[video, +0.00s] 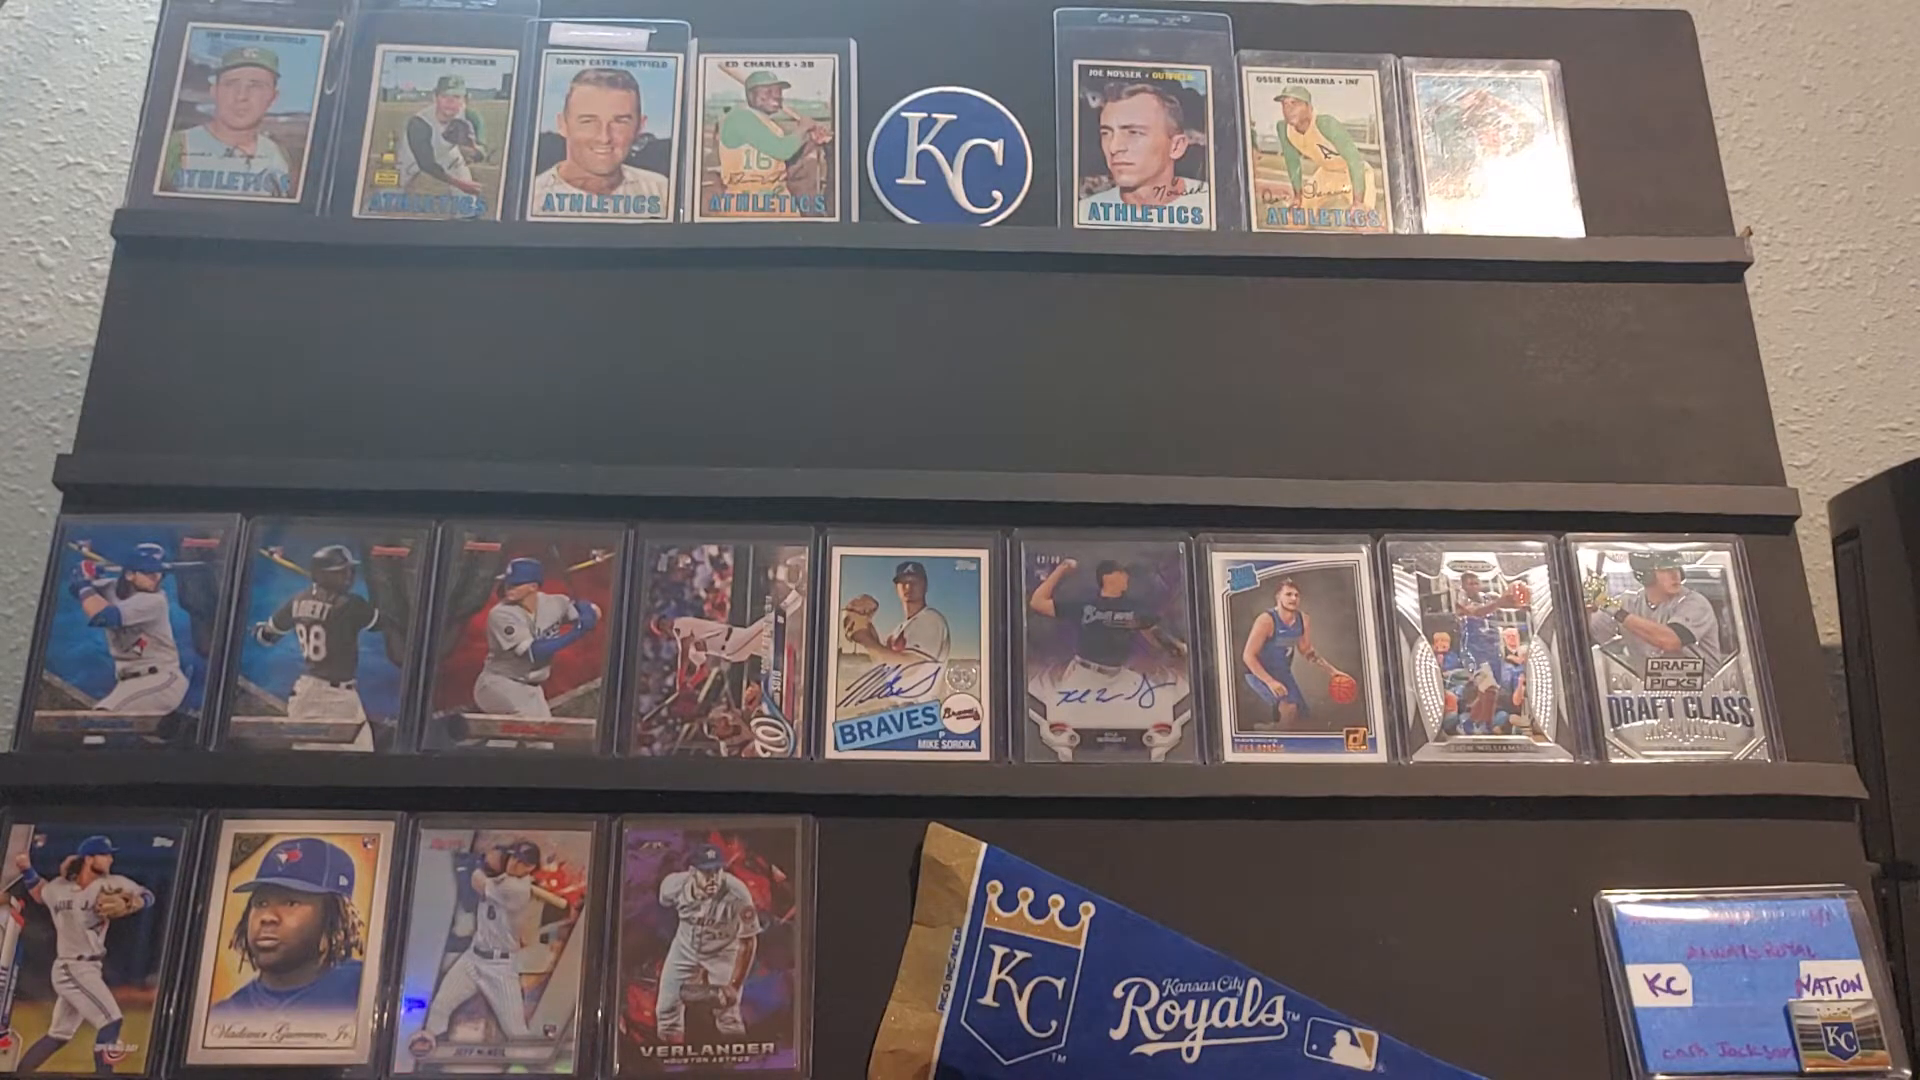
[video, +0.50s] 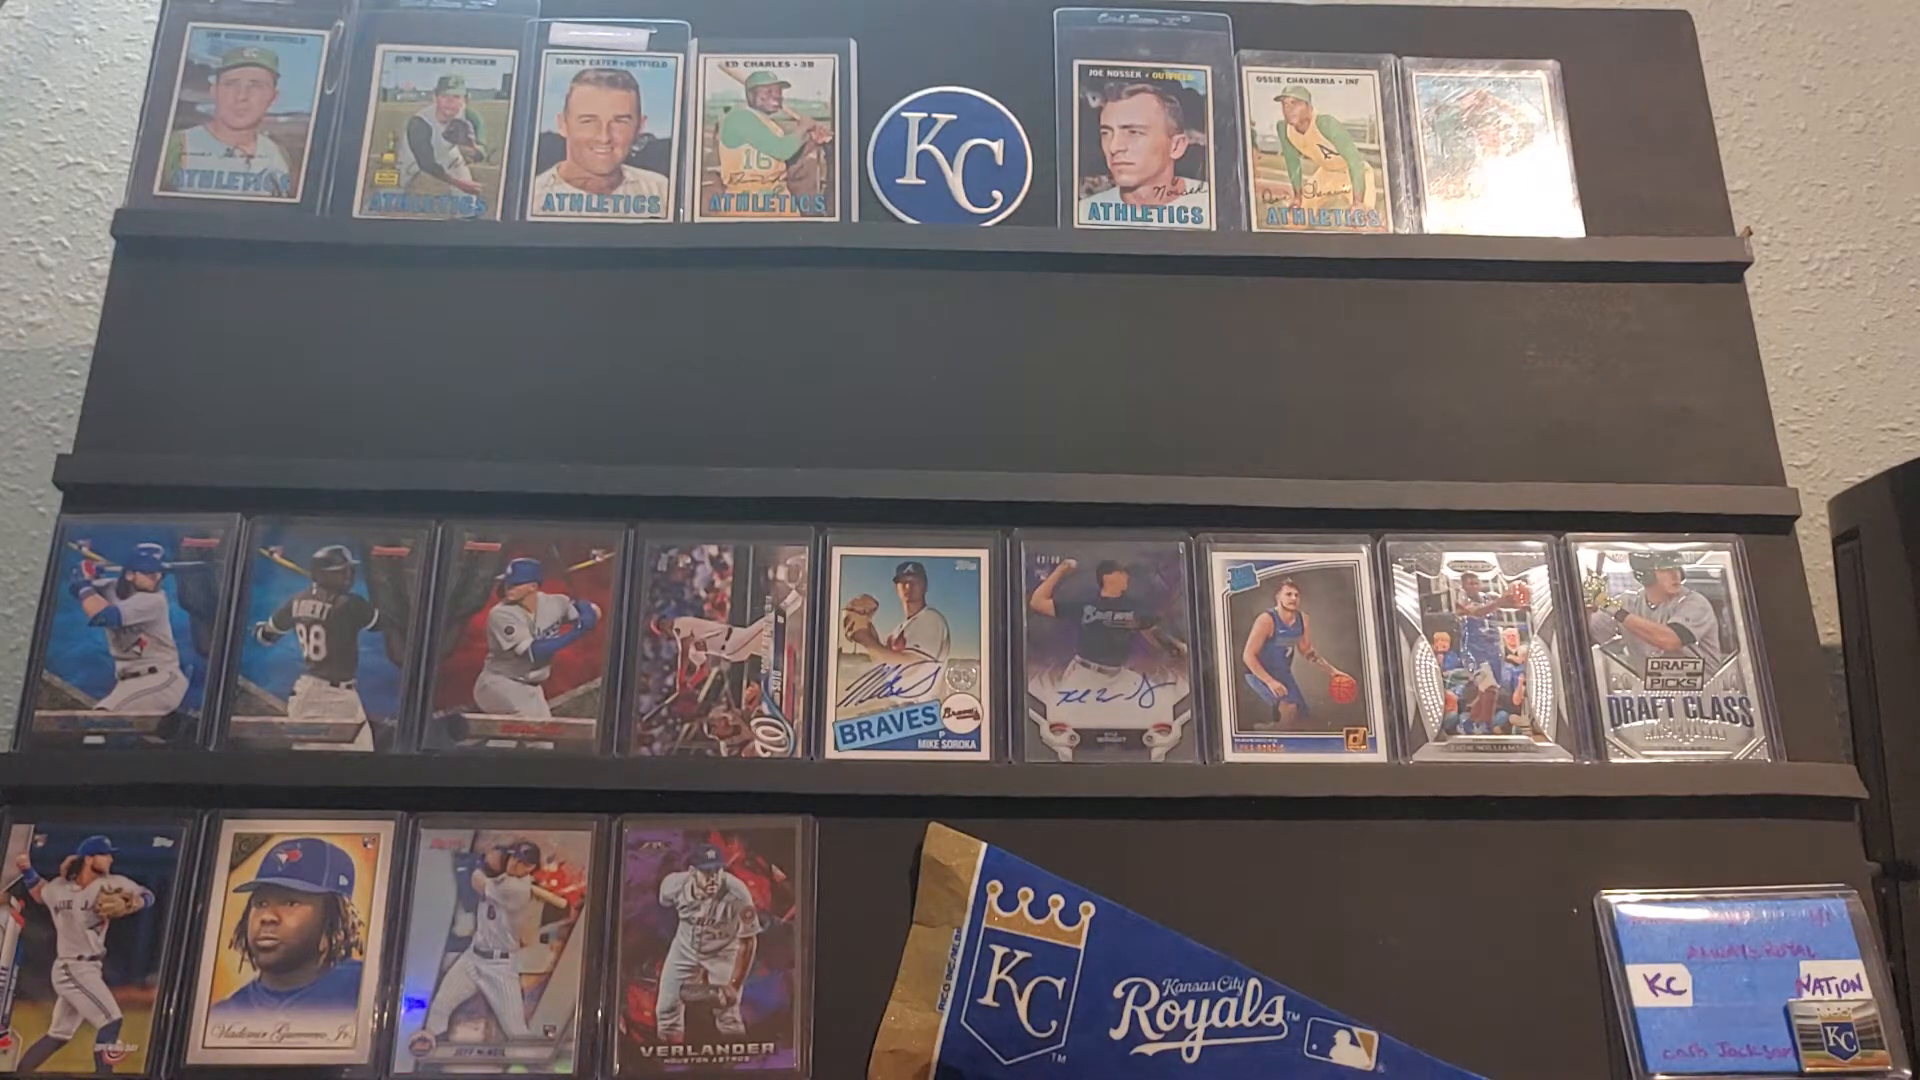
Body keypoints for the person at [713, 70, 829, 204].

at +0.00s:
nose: (776, 97)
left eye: (778, 91)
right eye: (768, 92)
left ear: (782, 93)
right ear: (752, 96)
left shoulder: (773, 126)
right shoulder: (739, 117)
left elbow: (784, 168)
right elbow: (783, 151)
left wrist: (811, 143)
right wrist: (803, 128)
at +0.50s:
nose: (776, 96)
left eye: (778, 91)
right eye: (768, 92)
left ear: (782, 94)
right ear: (752, 96)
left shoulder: (774, 127)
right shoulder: (739, 118)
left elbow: (786, 162)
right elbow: (783, 151)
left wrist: (811, 142)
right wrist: (803, 128)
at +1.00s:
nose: (776, 97)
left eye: (778, 92)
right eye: (769, 92)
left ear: (782, 93)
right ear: (752, 94)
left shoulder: (773, 126)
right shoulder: (739, 118)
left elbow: (785, 168)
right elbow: (783, 151)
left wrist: (811, 143)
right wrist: (803, 128)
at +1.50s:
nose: (776, 97)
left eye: (778, 92)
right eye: (769, 92)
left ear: (782, 93)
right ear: (752, 94)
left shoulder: (773, 126)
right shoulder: (739, 118)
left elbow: (785, 167)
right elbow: (782, 151)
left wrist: (811, 143)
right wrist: (803, 128)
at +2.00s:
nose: (776, 97)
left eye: (778, 92)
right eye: (769, 92)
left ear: (782, 93)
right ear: (752, 94)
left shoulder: (773, 126)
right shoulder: (739, 118)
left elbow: (785, 168)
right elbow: (782, 151)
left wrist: (811, 143)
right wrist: (803, 128)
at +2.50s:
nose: (776, 97)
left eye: (779, 92)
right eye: (768, 92)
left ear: (782, 94)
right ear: (751, 95)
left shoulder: (775, 128)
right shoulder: (738, 118)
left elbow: (784, 169)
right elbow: (782, 151)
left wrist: (811, 143)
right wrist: (802, 129)